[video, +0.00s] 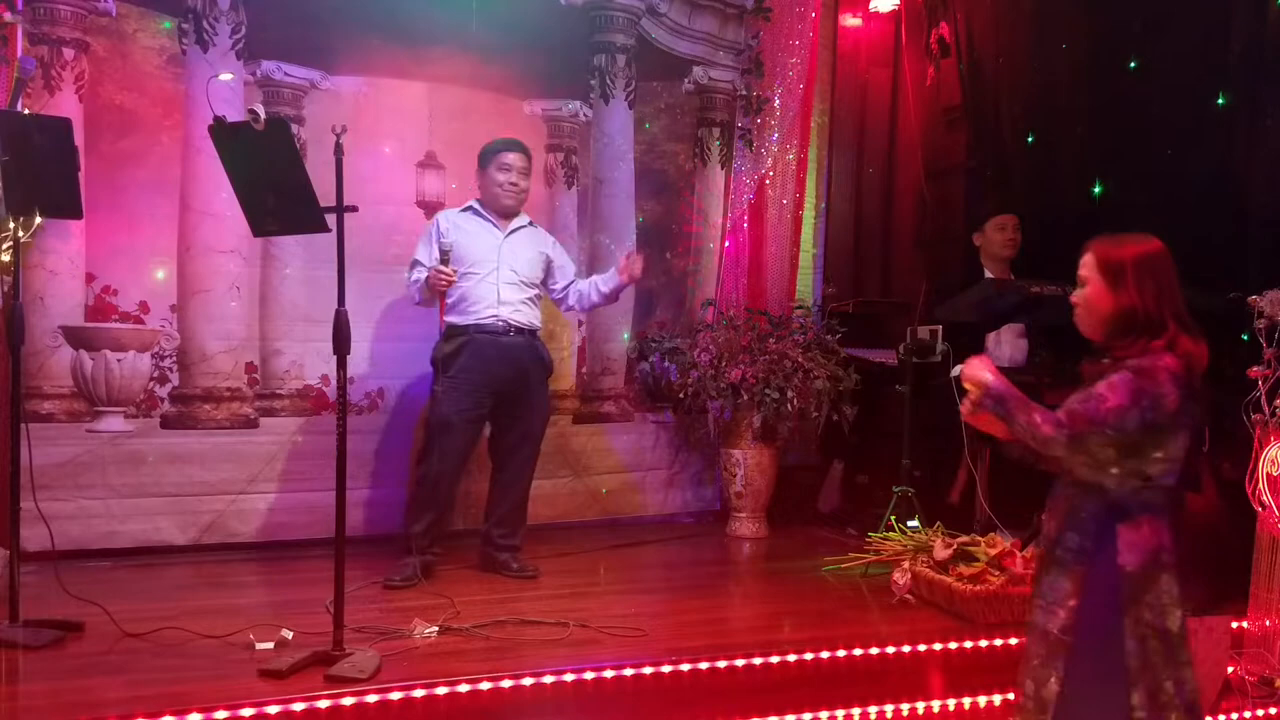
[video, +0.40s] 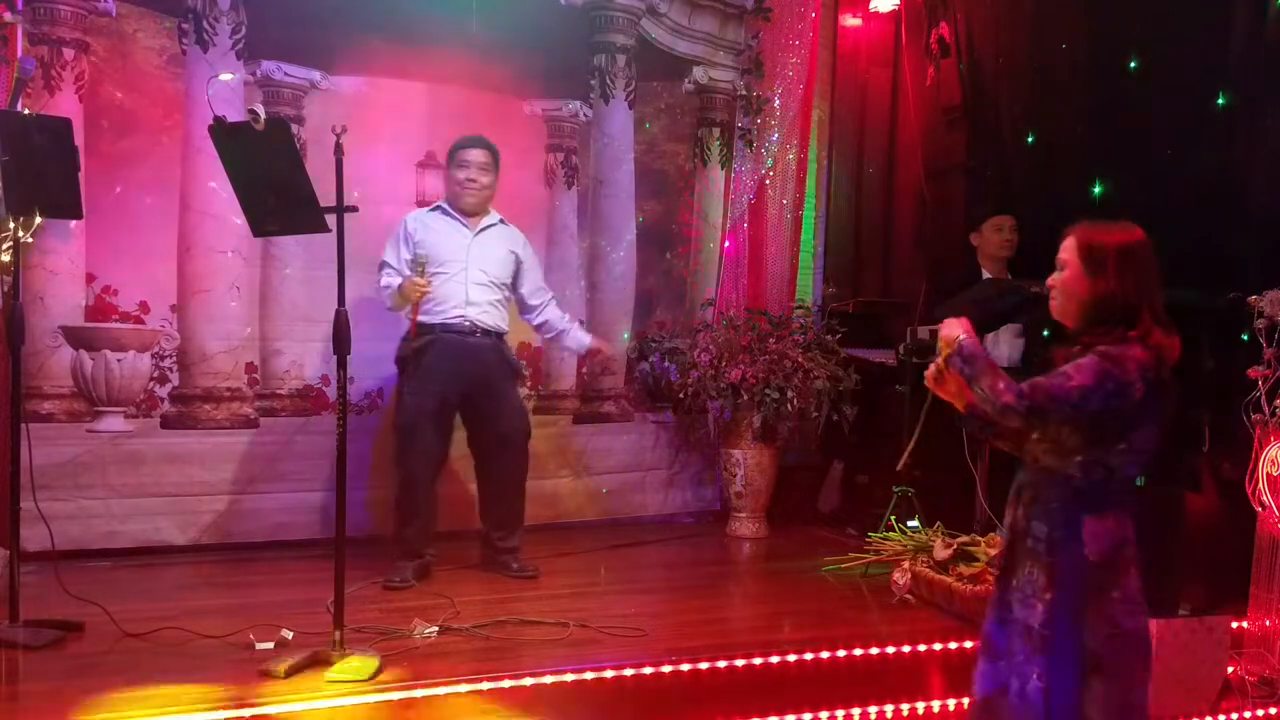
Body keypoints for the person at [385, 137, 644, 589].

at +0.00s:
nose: (514, 180)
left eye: (523, 173)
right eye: (504, 170)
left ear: (530, 182)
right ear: (481, 176)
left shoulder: (542, 241)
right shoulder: (447, 224)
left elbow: (572, 296)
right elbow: (418, 284)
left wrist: (617, 278)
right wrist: (430, 282)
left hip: (526, 353)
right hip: (468, 350)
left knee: (518, 459)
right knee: (443, 453)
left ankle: (503, 550)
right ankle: (418, 554)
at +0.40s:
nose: (472, 176)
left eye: (483, 169)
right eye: (463, 166)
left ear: (496, 180)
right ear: (447, 174)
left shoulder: (512, 238)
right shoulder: (417, 224)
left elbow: (540, 306)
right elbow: (389, 286)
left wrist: (585, 342)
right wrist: (402, 290)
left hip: (490, 352)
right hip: (432, 348)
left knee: (509, 441)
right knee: (418, 446)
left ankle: (502, 548)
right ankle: (412, 555)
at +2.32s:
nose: (509, 177)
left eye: (519, 172)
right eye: (499, 168)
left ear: (529, 184)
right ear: (480, 176)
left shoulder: (544, 239)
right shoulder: (447, 227)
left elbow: (566, 300)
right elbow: (417, 291)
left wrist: (587, 275)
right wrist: (419, 286)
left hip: (525, 353)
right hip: (465, 352)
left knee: (522, 458)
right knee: (444, 451)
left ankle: (513, 550)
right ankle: (417, 552)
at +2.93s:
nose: (500, 185)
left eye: (505, 178)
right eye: (493, 174)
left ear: (506, 184)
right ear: (460, 172)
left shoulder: (512, 239)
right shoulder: (417, 219)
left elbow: (528, 307)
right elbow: (386, 284)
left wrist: (564, 340)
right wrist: (404, 290)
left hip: (495, 354)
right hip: (436, 352)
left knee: (508, 458)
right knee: (427, 461)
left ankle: (511, 551)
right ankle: (419, 558)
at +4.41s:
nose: (525, 176)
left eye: (536, 168)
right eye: (515, 167)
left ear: (551, 177)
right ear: (499, 175)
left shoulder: (568, 229)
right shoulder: (475, 228)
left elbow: (584, 282)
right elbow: (453, 291)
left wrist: (588, 302)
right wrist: (452, 292)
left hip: (553, 357)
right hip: (491, 359)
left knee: (560, 461)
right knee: (467, 455)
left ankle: (548, 561)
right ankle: (445, 556)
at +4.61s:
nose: (526, 169)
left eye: (537, 161)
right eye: (517, 160)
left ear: (556, 172)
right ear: (503, 169)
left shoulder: (575, 227)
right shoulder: (480, 224)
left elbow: (594, 295)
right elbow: (458, 291)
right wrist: (457, 289)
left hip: (551, 356)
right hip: (490, 356)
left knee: (553, 468)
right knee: (475, 462)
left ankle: (547, 561)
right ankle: (463, 559)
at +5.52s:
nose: (489, 178)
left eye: (497, 170)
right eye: (478, 168)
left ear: (505, 179)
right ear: (455, 174)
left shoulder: (520, 235)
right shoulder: (425, 229)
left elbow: (539, 295)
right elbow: (397, 295)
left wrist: (528, 332)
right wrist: (417, 296)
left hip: (503, 352)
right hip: (446, 353)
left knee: (498, 452)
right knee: (438, 455)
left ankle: (491, 554)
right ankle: (432, 558)